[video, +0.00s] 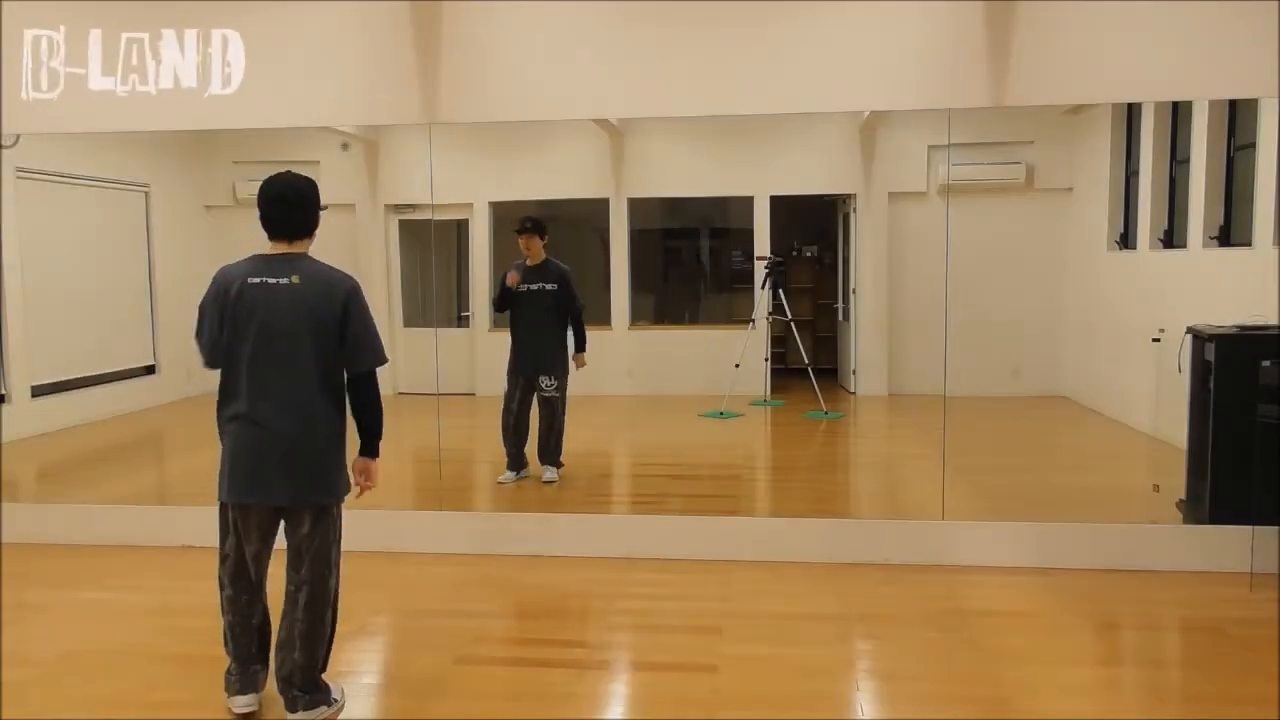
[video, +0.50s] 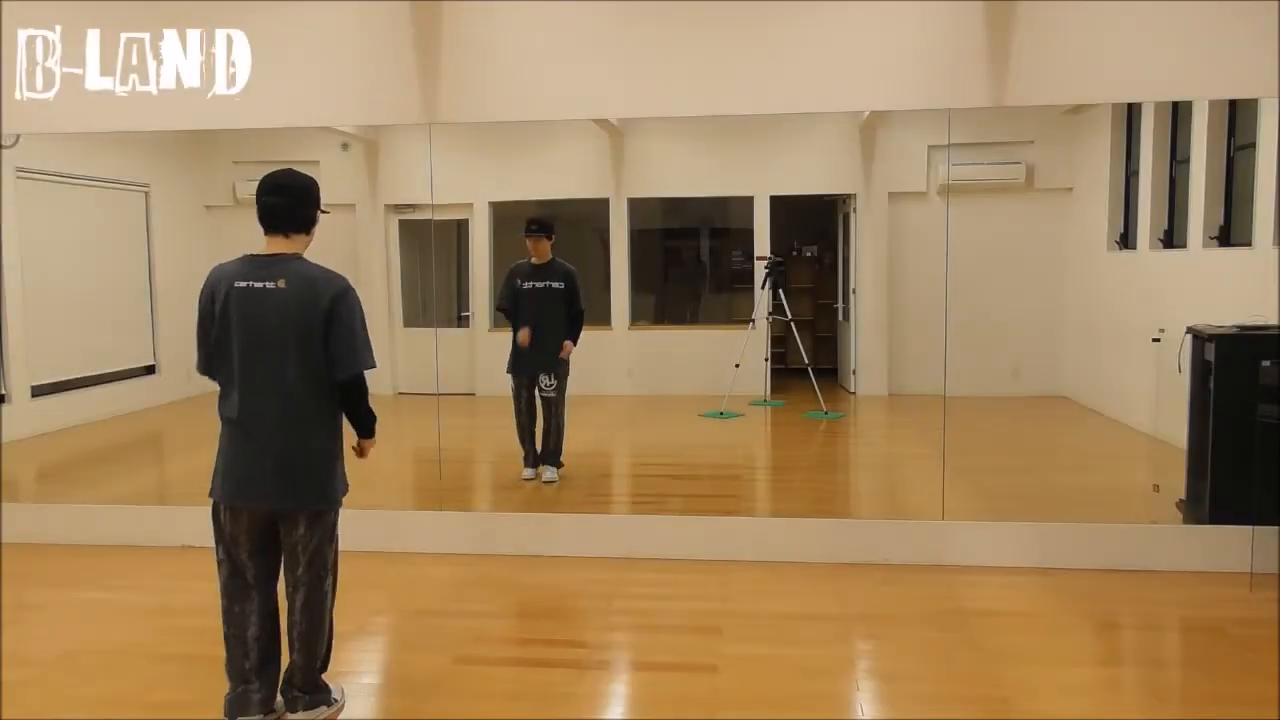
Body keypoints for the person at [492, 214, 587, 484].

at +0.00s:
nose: (525, 244)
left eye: (530, 239)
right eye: (522, 239)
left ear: (543, 240)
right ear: (518, 242)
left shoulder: (560, 273)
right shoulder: (513, 273)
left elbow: (575, 312)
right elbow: (500, 308)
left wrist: (579, 349)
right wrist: (507, 287)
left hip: (552, 354)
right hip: (521, 353)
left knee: (551, 410)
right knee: (513, 410)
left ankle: (550, 463)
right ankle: (516, 464)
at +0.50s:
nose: (532, 245)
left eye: (537, 240)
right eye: (529, 240)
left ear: (549, 240)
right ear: (525, 242)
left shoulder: (566, 273)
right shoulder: (517, 272)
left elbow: (576, 312)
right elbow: (505, 305)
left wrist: (571, 339)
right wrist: (519, 326)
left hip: (554, 353)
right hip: (523, 352)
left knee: (553, 410)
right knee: (524, 411)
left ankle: (550, 463)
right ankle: (529, 461)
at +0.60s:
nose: (530, 245)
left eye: (535, 240)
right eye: (527, 240)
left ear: (548, 241)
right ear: (523, 242)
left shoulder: (563, 273)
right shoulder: (515, 274)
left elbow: (572, 313)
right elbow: (508, 317)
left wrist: (568, 346)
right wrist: (505, 353)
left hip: (552, 353)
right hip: (521, 353)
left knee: (552, 411)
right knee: (524, 411)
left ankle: (551, 463)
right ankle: (531, 461)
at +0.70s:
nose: (528, 244)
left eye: (533, 239)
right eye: (524, 239)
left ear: (544, 240)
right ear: (520, 241)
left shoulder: (560, 272)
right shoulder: (513, 274)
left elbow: (571, 312)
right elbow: (502, 312)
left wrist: (566, 347)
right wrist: (489, 344)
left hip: (551, 353)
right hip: (521, 353)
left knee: (552, 411)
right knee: (525, 412)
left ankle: (550, 463)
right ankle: (531, 462)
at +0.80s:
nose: (526, 246)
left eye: (531, 240)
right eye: (522, 241)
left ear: (542, 241)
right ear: (516, 242)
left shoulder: (558, 270)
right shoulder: (508, 275)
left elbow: (578, 300)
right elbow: (486, 304)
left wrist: (571, 332)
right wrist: (462, 330)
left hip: (550, 351)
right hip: (519, 352)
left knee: (548, 406)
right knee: (524, 410)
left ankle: (550, 460)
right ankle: (531, 461)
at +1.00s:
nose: (523, 248)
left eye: (528, 243)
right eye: (518, 243)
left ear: (538, 243)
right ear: (513, 245)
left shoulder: (555, 270)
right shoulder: (507, 273)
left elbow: (581, 295)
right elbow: (482, 296)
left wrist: (557, 289)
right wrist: (499, 297)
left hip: (547, 342)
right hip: (518, 345)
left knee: (538, 380)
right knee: (520, 404)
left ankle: (541, 400)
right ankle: (531, 462)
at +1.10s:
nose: (522, 249)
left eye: (527, 244)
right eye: (518, 244)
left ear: (537, 243)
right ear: (513, 245)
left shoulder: (555, 269)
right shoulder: (505, 271)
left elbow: (586, 270)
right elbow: (470, 279)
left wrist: (556, 268)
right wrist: (490, 278)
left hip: (547, 338)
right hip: (516, 342)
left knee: (538, 375)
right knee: (522, 401)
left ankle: (539, 418)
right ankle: (530, 461)